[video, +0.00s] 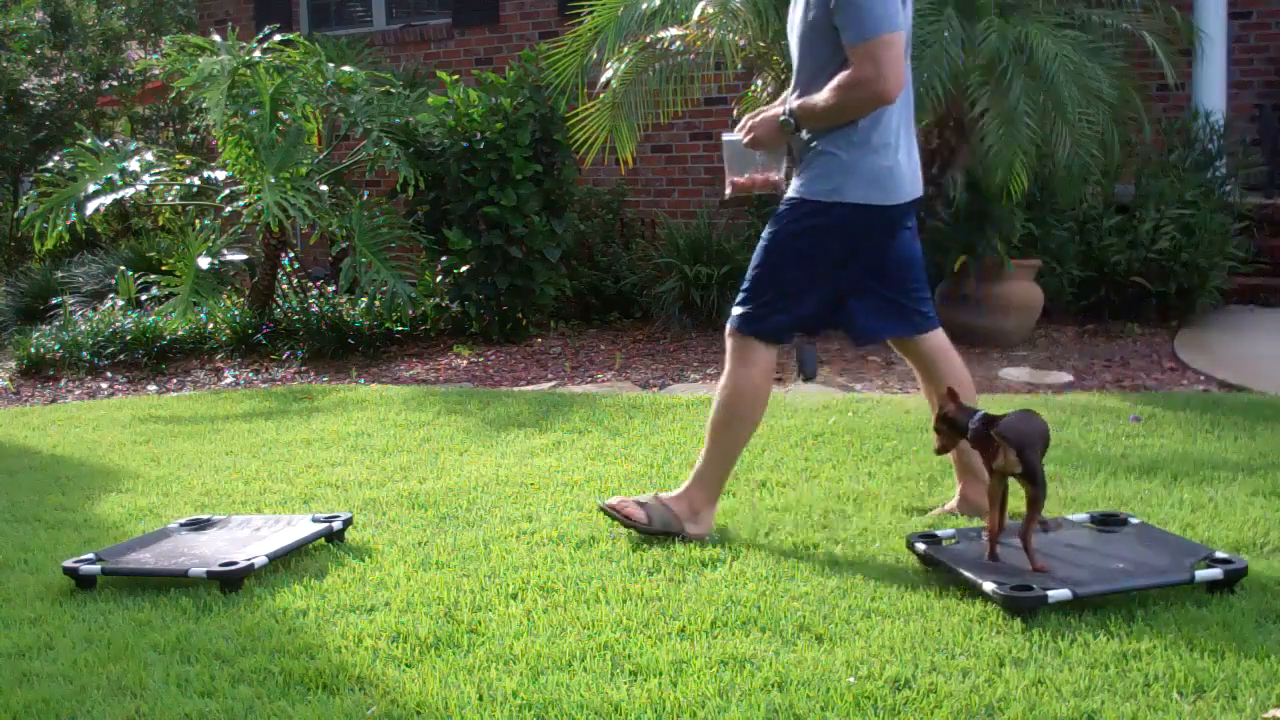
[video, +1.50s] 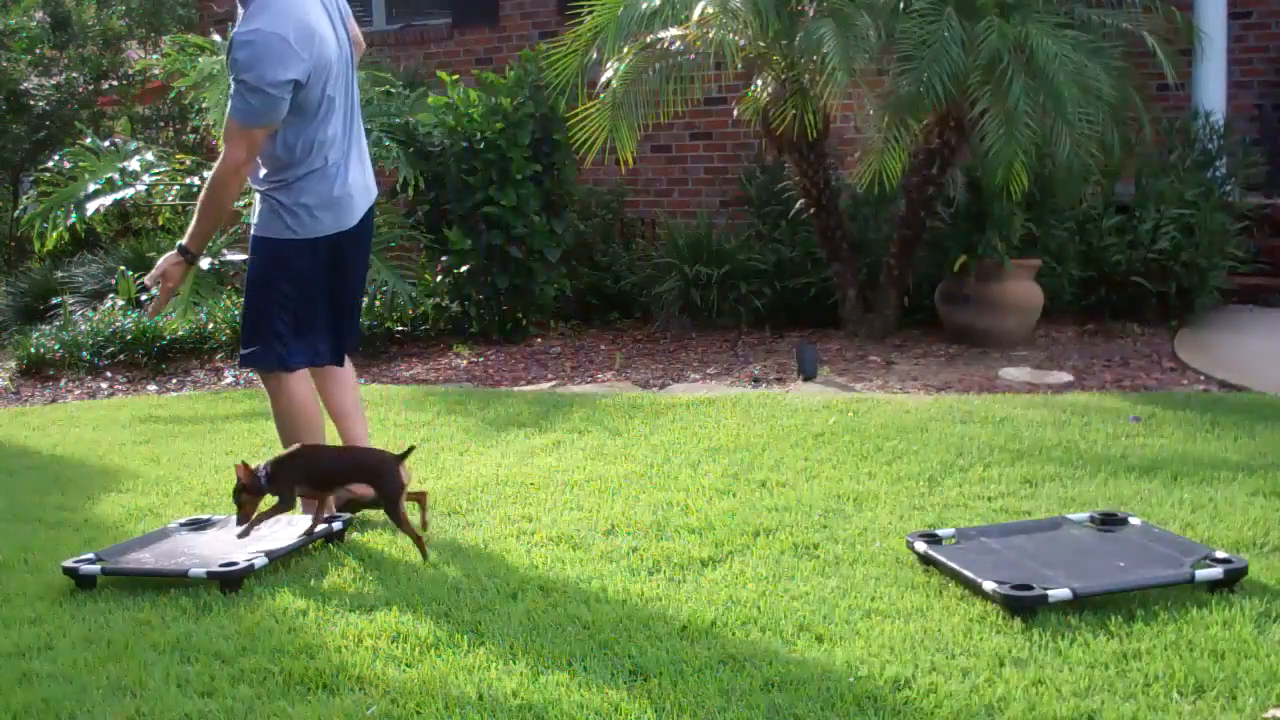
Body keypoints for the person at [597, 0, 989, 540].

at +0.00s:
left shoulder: (863, 1)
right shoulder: (829, 8)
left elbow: (880, 78)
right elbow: (860, 93)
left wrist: (788, 117)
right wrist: (785, 164)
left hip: (840, 188)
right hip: (881, 185)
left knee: (750, 335)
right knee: (920, 335)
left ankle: (695, 504)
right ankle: (979, 487)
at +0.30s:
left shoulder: (682, 2)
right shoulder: (709, 4)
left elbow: (686, 99)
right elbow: (708, 103)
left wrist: (617, 126)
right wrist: (636, 163)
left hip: (681, 195)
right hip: (708, 191)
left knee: (640, 351)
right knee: (689, 336)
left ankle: (661, 521)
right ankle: (820, 412)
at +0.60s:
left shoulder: (570, 3)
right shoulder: (532, 4)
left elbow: (583, 105)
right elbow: (556, 85)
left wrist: (504, 148)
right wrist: (502, 118)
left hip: (581, 195)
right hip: (550, 194)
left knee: (606, 350)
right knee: (499, 315)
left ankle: (660, 519)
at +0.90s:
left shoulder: (463, 14)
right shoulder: (409, 6)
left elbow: (441, 135)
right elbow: (432, 104)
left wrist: (391, 231)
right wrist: (396, 142)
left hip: (453, 214)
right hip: (427, 211)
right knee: (424, 355)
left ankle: (564, 439)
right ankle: (435, 499)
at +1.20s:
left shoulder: (344, 18)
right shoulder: (358, 6)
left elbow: (322, 150)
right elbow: (350, 99)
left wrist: (274, 241)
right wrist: (311, 148)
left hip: (349, 217)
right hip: (396, 205)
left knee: (306, 352)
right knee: (383, 345)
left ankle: (323, 513)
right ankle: (432, 491)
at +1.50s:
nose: (204, 8)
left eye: (203, 4)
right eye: (201, 7)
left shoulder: (263, 35)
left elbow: (237, 160)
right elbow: (355, 43)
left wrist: (186, 253)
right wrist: (306, 109)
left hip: (299, 216)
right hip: (350, 196)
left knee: (278, 359)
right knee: (327, 349)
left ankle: (319, 506)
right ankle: (367, 476)